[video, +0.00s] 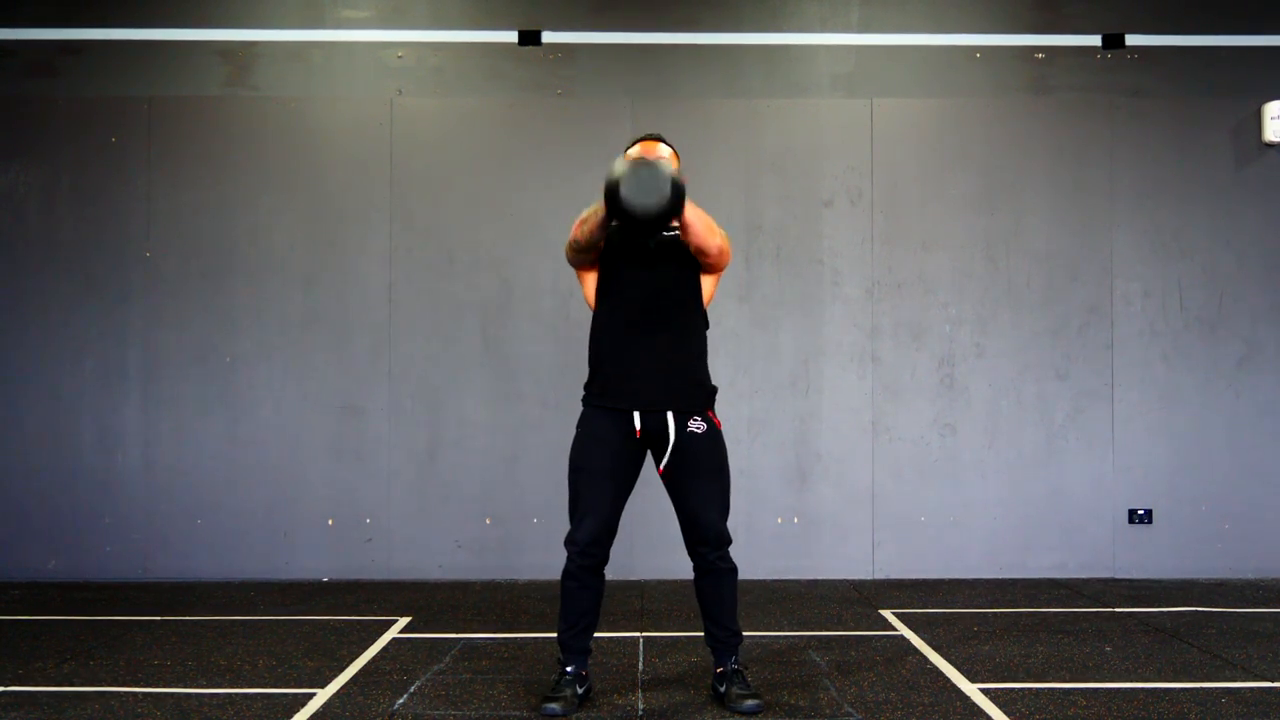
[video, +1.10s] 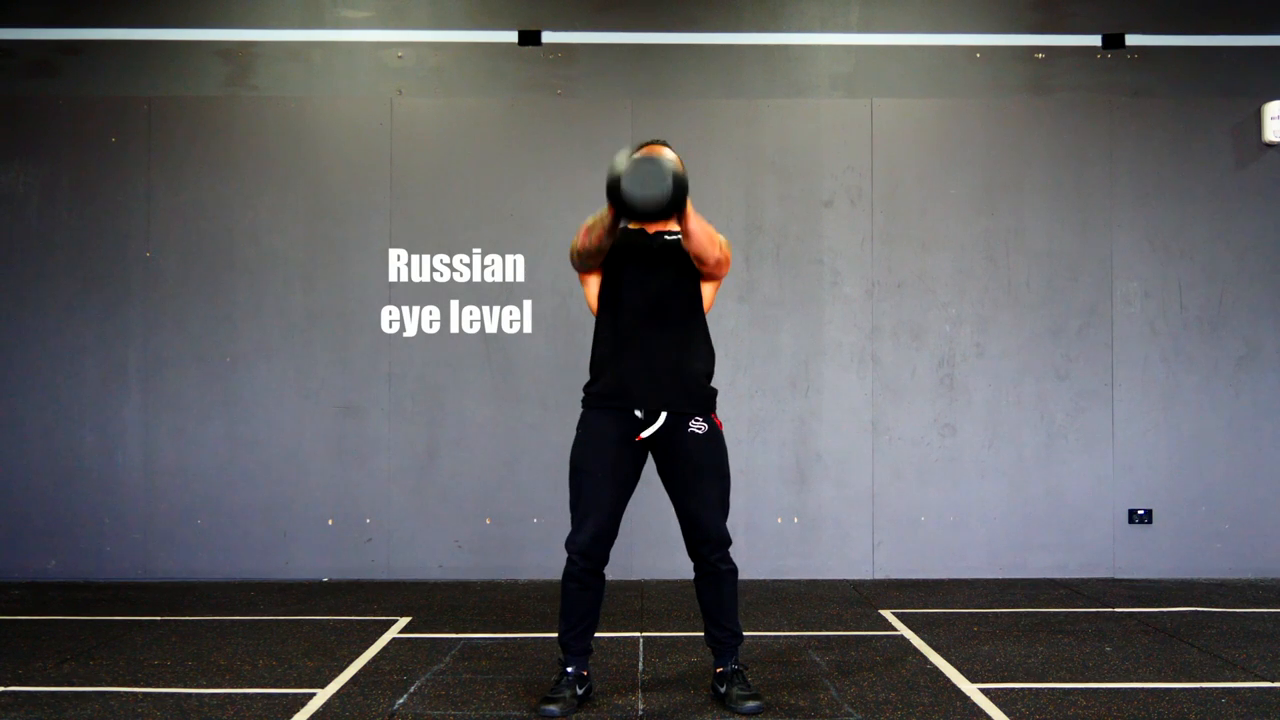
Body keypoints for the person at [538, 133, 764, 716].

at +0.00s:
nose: (651, 172)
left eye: (662, 164)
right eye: (640, 162)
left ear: (679, 181)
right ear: (619, 178)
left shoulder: (701, 250)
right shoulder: (596, 248)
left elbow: (717, 251)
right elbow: (580, 241)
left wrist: (674, 192)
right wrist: (615, 197)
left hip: (688, 414)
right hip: (610, 413)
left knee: (712, 544)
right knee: (585, 545)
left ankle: (729, 670)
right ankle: (572, 672)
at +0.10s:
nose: (650, 170)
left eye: (661, 162)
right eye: (639, 163)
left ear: (679, 179)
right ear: (622, 181)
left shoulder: (704, 242)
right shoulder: (596, 242)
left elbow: (707, 274)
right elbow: (585, 268)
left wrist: (668, 277)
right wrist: (617, 277)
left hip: (687, 414)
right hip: (610, 413)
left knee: (715, 543)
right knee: (583, 543)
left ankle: (729, 670)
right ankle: (572, 672)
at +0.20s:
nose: (650, 170)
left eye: (661, 162)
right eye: (638, 162)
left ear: (679, 179)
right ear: (621, 181)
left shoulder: (708, 251)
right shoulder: (589, 250)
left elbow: (703, 314)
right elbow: (591, 313)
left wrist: (675, 361)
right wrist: (619, 359)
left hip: (688, 416)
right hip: (608, 416)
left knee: (725, 544)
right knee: (574, 546)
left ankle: (730, 670)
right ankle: (571, 673)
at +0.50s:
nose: (646, 234)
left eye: (659, 222)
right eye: (633, 223)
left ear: (677, 231)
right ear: (617, 233)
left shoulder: (712, 306)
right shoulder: (586, 309)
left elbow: (703, 401)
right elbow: (595, 405)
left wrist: (681, 472)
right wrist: (621, 474)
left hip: (690, 445)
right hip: (609, 445)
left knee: (750, 535)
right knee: (552, 537)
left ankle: (734, 668)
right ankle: (568, 673)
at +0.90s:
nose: (653, 188)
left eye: (664, 178)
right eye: (641, 178)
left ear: (680, 190)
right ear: (623, 191)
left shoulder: (712, 261)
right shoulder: (590, 263)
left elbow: (705, 324)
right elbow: (596, 324)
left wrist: (680, 373)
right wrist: (623, 369)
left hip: (691, 426)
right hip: (610, 426)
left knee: (723, 553)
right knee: (581, 553)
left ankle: (730, 672)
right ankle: (573, 673)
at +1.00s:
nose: (655, 180)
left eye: (667, 172)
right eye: (644, 172)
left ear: (682, 189)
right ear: (625, 189)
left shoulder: (706, 251)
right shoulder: (597, 250)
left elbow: (707, 283)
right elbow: (594, 276)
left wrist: (671, 287)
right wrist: (622, 284)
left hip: (690, 415)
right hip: (612, 413)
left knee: (716, 543)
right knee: (583, 544)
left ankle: (729, 670)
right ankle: (573, 672)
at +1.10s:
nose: (655, 175)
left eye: (666, 165)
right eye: (645, 164)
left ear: (681, 183)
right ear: (626, 180)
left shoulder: (702, 249)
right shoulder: (601, 247)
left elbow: (715, 260)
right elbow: (583, 250)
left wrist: (679, 199)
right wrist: (618, 204)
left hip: (687, 413)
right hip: (611, 411)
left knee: (712, 545)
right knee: (586, 545)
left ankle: (729, 670)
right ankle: (573, 672)